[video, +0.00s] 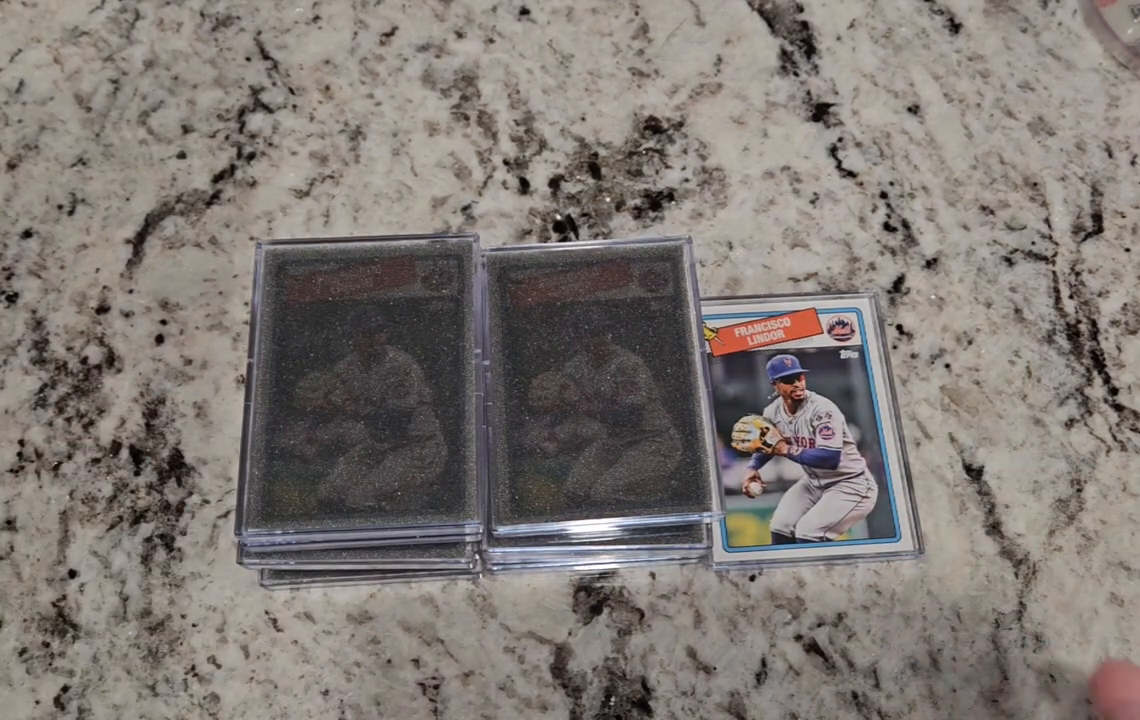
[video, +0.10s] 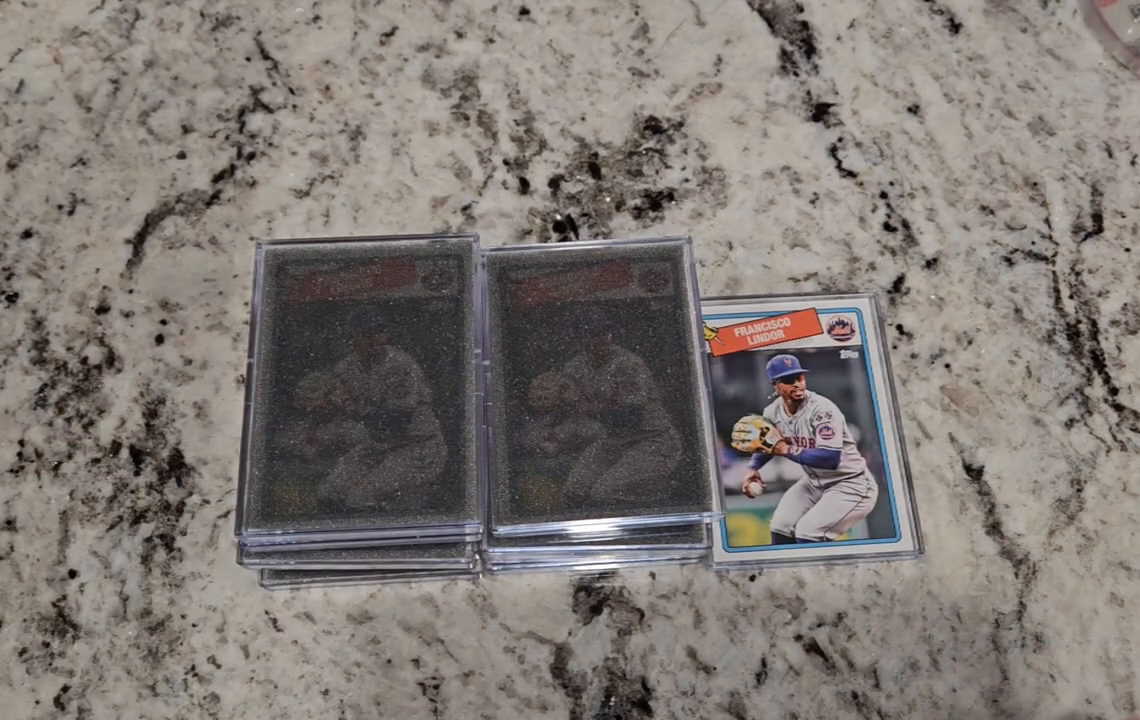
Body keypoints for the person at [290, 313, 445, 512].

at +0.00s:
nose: (376, 339)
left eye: (380, 332)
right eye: (368, 334)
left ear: (386, 335)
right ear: (355, 338)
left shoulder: (403, 366)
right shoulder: (345, 369)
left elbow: (400, 420)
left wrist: (357, 411)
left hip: (420, 448)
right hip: (376, 446)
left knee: (359, 500)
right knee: (329, 494)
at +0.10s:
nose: (376, 339)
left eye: (380, 332)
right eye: (368, 334)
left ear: (386, 334)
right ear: (354, 338)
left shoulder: (403, 366)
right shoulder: (345, 370)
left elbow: (401, 418)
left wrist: (357, 411)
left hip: (420, 448)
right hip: (376, 446)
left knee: (360, 499)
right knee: (328, 494)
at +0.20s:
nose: (375, 339)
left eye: (379, 332)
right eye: (367, 334)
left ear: (386, 334)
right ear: (354, 339)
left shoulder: (403, 366)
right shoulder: (345, 370)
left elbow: (400, 420)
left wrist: (356, 411)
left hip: (420, 448)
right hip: (376, 446)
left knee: (360, 499)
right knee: (329, 494)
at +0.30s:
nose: (375, 339)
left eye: (379, 332)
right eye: (367, 334)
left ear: (386, 335)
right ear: (354, 339)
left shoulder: (403, 367)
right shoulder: (345, 370)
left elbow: (400, 420)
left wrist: (356, 411)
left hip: (421, 449)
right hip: (376, 446)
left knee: (360, 498)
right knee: (329, 493)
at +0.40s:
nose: (375, 339)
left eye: (379, 333)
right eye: (367, 334)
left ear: (385, 335)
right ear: (354, 339)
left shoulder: (403, 367)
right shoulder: (345, 370)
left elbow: (401, 419)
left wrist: (357, 411)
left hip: (420, 449)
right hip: (376, 446)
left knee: (360, 499)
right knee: (329, 494)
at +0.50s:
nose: (375, 339)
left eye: (379, 332)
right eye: (367, 334)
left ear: (386, 334)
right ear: (354, 339)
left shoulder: (403, 366)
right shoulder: (345, 369)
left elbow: (401, 419)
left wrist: (358, 411)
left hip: (420, 449)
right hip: (376, 446)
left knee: (360, 498)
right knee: (329, 493)